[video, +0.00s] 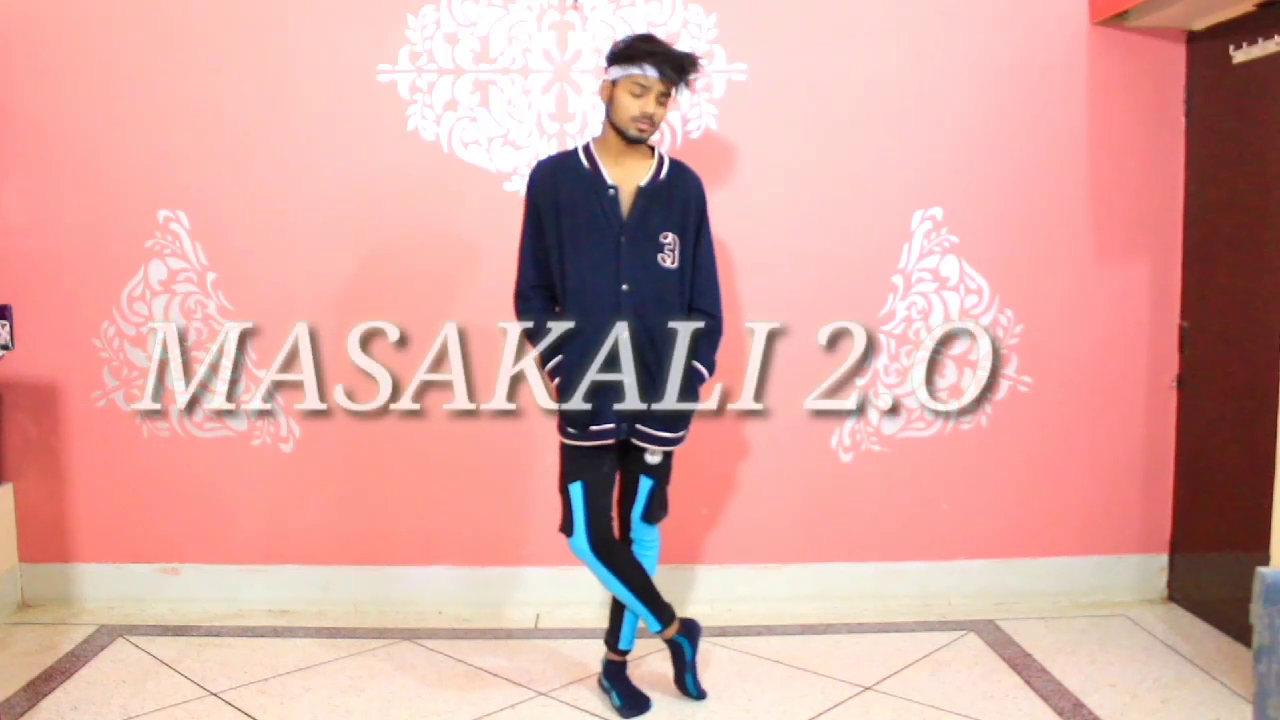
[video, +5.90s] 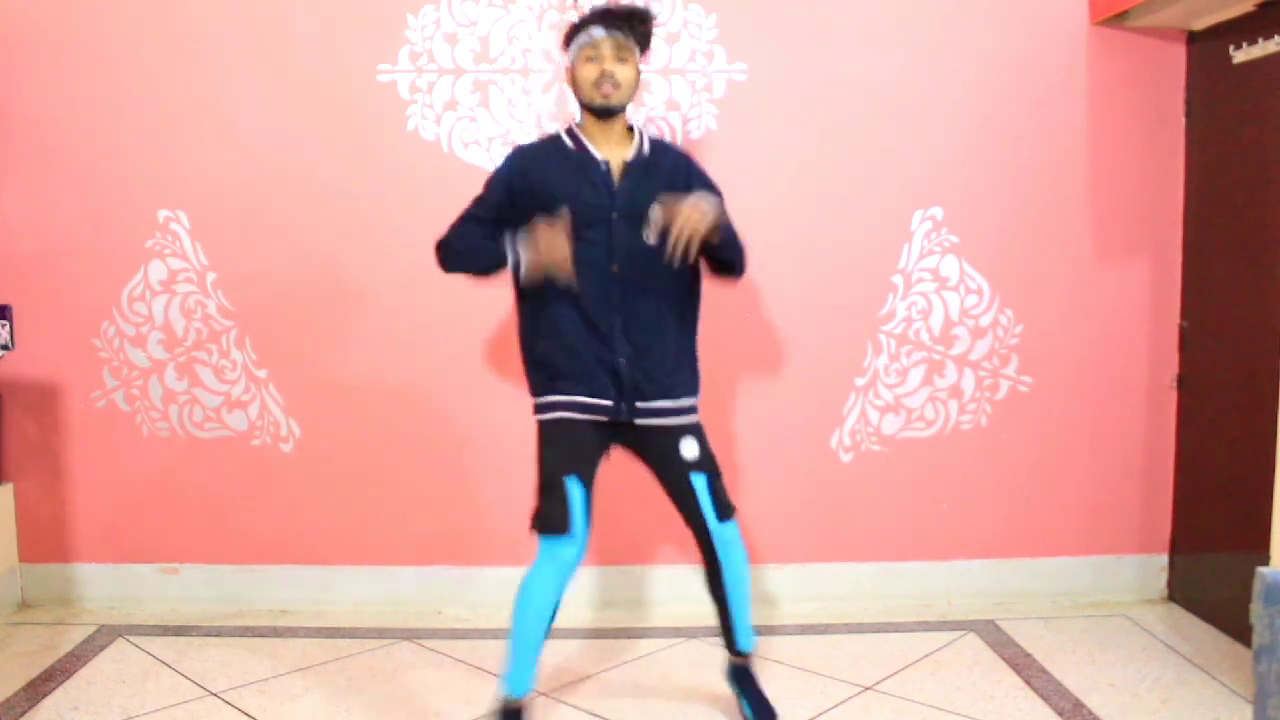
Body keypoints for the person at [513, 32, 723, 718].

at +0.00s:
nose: (651, 108)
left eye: (662, 98)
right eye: (638, 92)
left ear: (671, 105)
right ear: (607, 91)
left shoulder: (682, 184)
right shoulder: (555, 177)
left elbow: (704, 291)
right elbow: (532, 289)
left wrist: (699, 370)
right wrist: (557, 361)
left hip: (664, 384)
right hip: (587, 383)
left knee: (642, 525)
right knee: (587, 533)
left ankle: (616, 661)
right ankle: (675, 630)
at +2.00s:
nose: (662, 126)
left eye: (673, 113)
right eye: (650, 110)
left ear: (682, 115)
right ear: (619, 103)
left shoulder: (692, 186)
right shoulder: (565, 177)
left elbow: (712, 296)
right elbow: (540, 290)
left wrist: (703, 368)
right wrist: (566, 358)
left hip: (670, 388)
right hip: (593, 385)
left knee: (645, 526)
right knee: (583, 529)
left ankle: (617, 662)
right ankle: (669, 634)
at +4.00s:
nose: (590, 84)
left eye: (603, 75)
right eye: (576, 77)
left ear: (625, 91)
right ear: (560, 99)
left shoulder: (658, 170)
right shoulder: (536, 184)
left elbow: (657, 278)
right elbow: (538, 291)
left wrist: (601, 351)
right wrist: (600, 366)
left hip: (644, 369)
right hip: (572, 371)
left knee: (634, 513)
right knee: (564, 506)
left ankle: (618, 657)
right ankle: (573, 600)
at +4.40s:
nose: (564, 98)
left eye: (576, 88)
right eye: (551, 89)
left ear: (594, 103)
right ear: (532, 108)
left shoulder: (631, 175)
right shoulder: (513, 194)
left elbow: (660, 273)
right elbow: (503, 292)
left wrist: (674, 367)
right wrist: (495, 380)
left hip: (625, 364)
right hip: (556, 370)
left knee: (623, 497)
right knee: (571, 496)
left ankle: (611, 633)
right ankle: (587, 610)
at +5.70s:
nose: (595, 61)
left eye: (609, 50)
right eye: (580, 50)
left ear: (630, 66)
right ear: (560, 69)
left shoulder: (665, 165)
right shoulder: (522, 167)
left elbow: (716, 263)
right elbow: (489, 265)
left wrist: (702, 304)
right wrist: (473, 320)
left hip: (652, 382)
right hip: (563, 385)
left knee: (693, 525)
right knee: (568, 539)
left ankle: (630, 643)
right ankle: (579, 695)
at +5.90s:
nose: (606, 70)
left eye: (620, 58)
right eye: (591, 58)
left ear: (639, 73)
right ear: (571, 74)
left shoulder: (674, 168)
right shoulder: (532, 166)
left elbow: (732, 267)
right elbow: (454, 250)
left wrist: (712, 221)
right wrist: (521, 246)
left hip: (665, 392)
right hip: (571, 392)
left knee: (723, 534)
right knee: (563, 542)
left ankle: (743, 670)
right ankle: (511, 702)